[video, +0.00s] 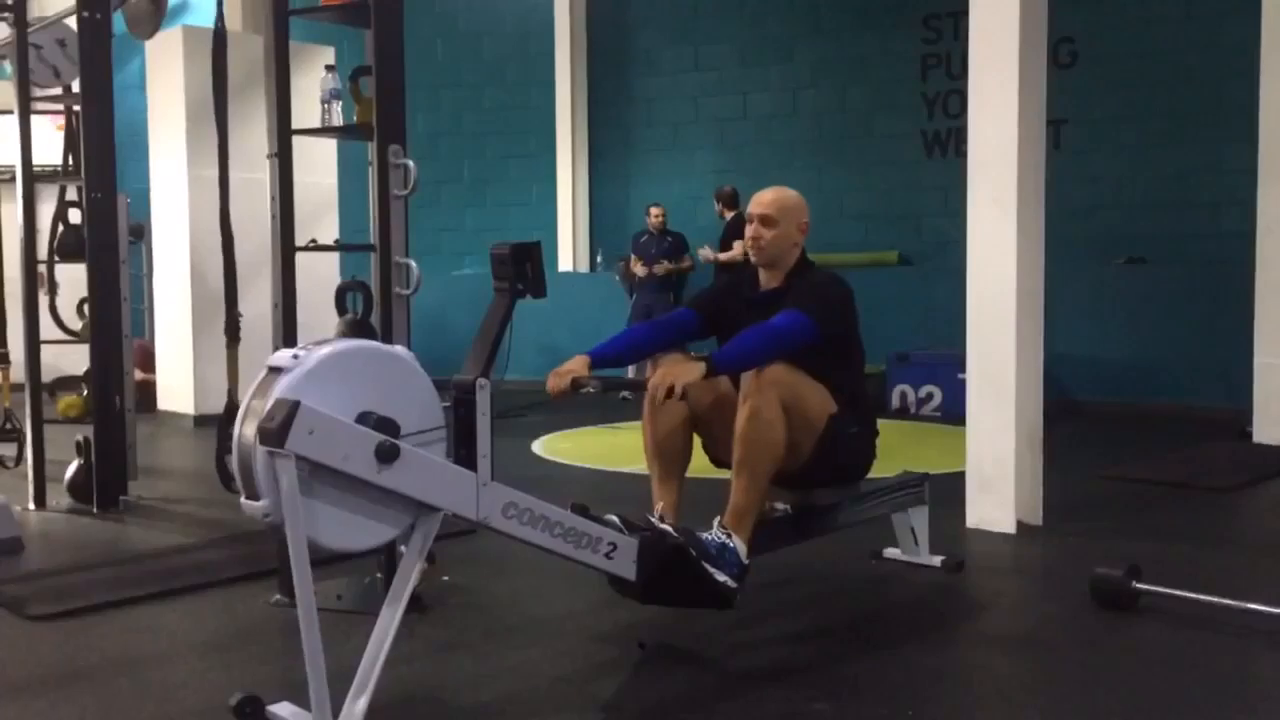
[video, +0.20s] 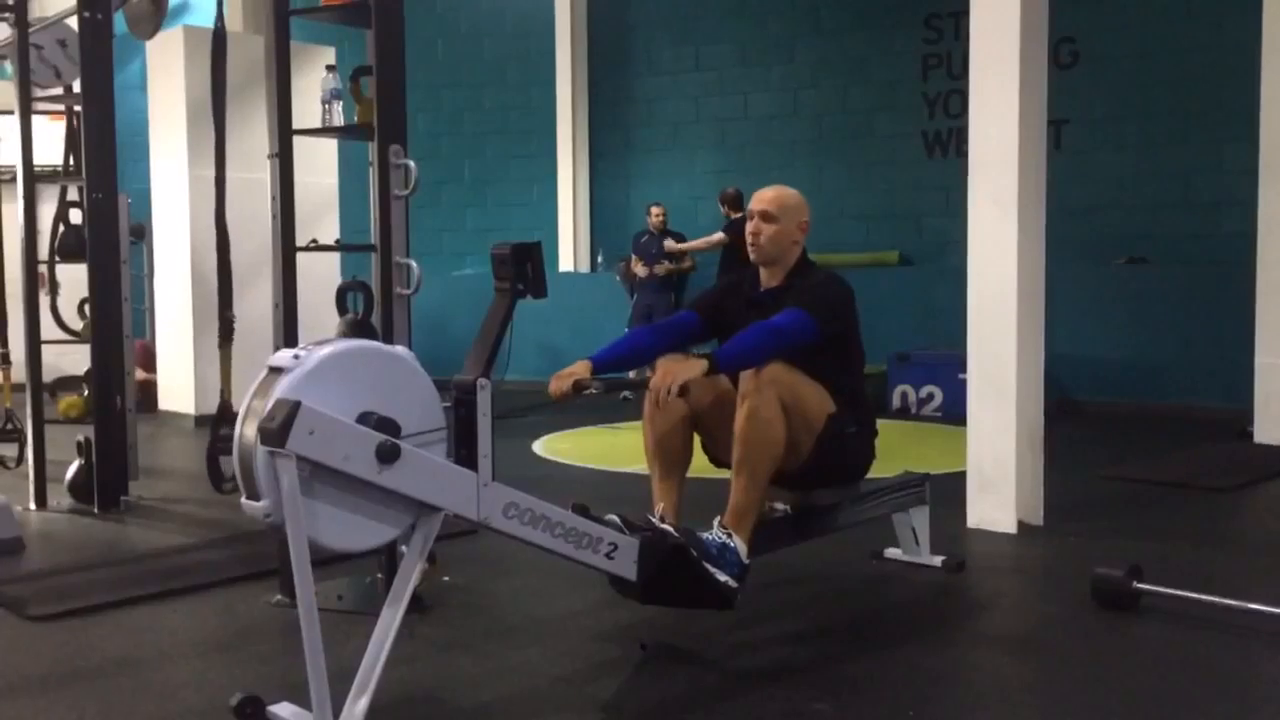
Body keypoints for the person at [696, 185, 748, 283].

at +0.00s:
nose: (715, 208)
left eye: (715, 204)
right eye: (714, 204)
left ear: (721, 205)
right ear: (735, 202)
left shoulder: (735, 223)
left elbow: (739, 253)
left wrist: (714, 257)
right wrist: (714, 255)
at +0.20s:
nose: (721, 210)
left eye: (721, 206)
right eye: (720, 206)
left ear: (726, 207)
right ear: (741, 203)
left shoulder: (735, 224)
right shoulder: (749, 221)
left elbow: (711, 242)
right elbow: (713, 241)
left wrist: (678, 247)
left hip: (731, 286)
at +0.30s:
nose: (721, 210)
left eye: (721, 206)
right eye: (721, 206)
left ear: (727, 207)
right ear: (742, 203)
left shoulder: (736, 225)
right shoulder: (749, 222)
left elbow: (709, 239)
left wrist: (678, 245)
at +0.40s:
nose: (722, 210)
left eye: (722, 207)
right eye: (721, 206)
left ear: (727, 208)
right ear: (742, 204)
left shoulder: (736, 226)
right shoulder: (749, 223)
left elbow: (708, 240)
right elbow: (710, 238)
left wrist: (678, 245)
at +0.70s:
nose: (719, 210)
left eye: (719, 206)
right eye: (719, 206)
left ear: (724, 207)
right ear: (739, 204)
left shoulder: (740, 224)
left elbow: (740, 257)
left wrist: (715, 256)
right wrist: (714, 256)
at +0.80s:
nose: (718, 209)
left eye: (718, 205)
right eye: (717, 205)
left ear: (722, 206)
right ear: (737, 203)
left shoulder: (741, 222)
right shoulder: (733, 223)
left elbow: (750, 253)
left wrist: (726, 258)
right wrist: (722, 256)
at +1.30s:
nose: (734, 179)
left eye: (734, 174)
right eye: (733, 174)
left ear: (738, 175)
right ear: (753, 172)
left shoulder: (757, 193)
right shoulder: (750, 193)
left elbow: (762, 225)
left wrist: (736, 230)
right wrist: (734, 227)